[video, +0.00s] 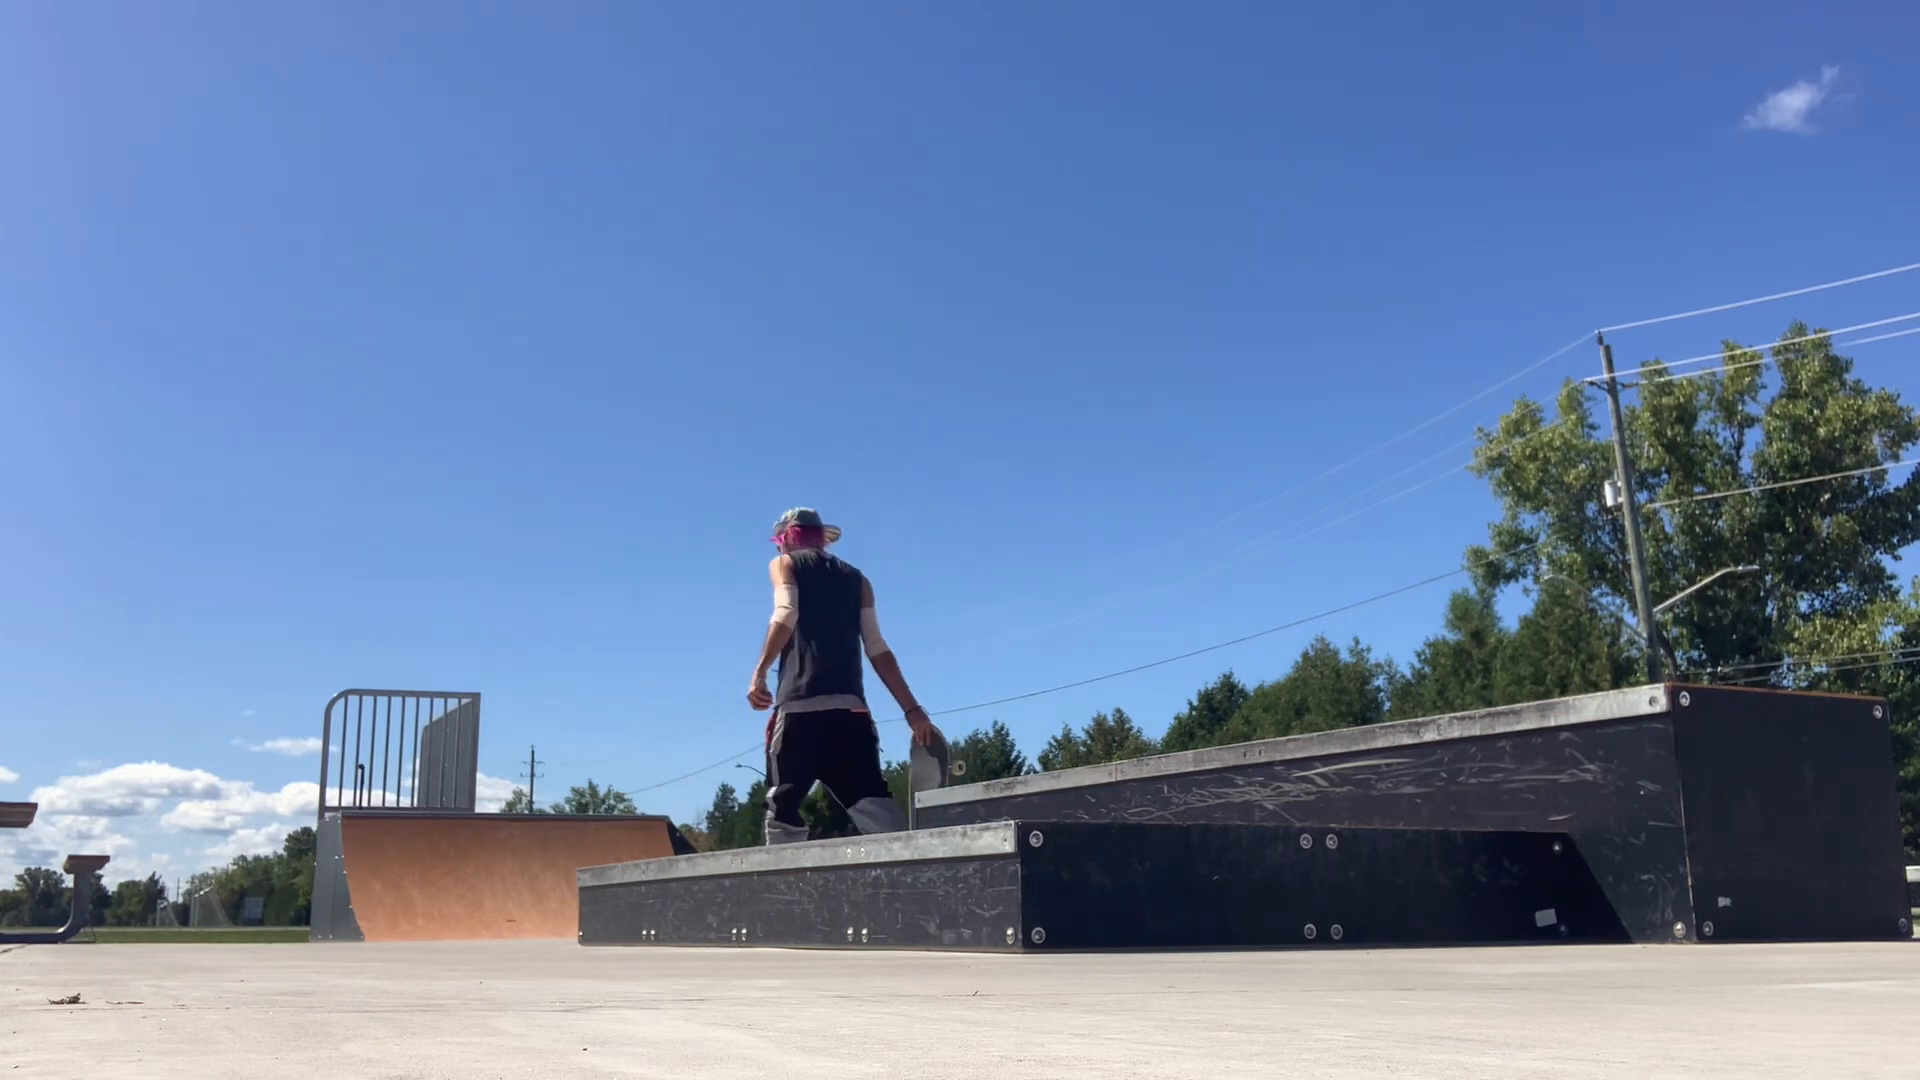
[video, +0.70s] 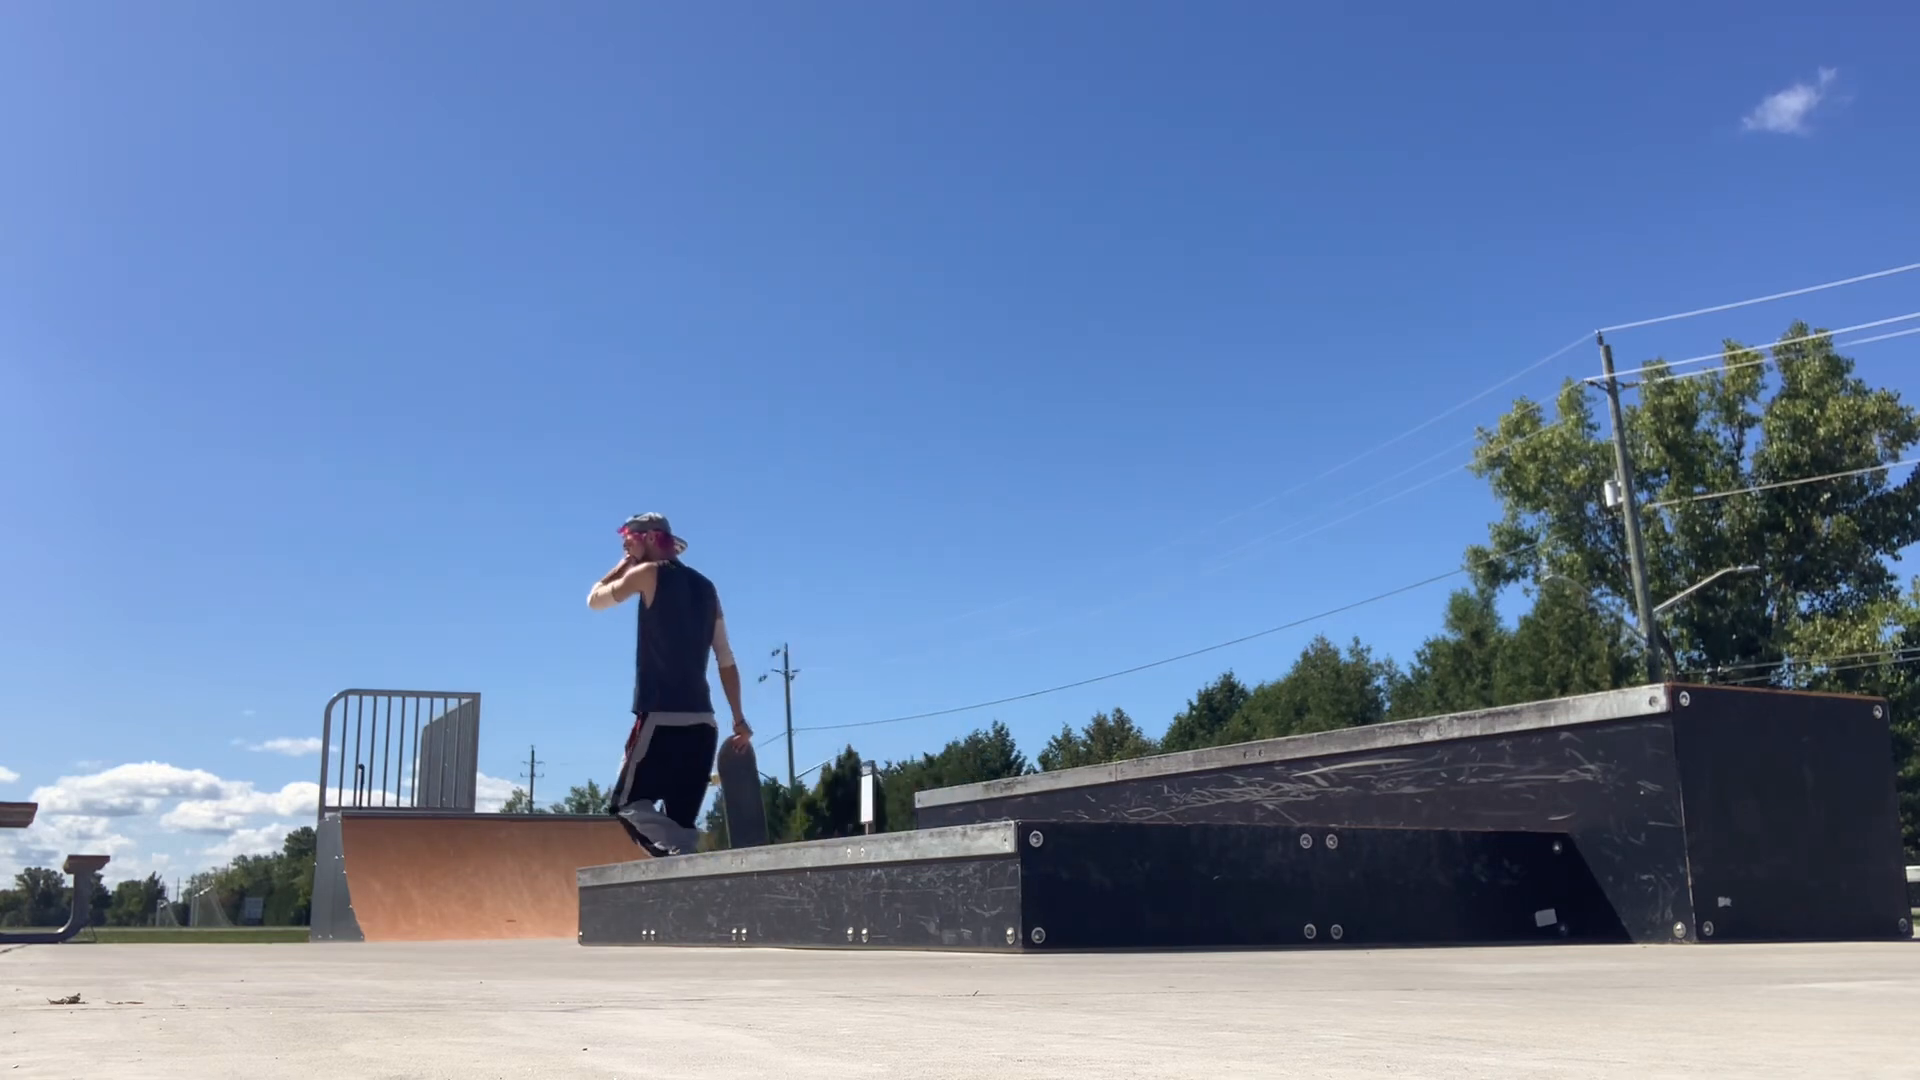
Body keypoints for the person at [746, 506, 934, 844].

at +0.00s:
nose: (778, 548)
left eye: (778, 543)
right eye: (778, 543)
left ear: (787, 539)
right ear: (823, 539)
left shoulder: (783, 563)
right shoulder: (855, 577)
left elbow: (786, 616)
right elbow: (877, 650)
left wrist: (759, 674)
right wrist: (912, 709)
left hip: (796, 720)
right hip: (851, 718)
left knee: (782, 814)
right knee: (875, 810)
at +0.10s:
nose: (754, 542)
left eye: (755, 535)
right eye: (752, 536)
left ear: (767, 532)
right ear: (797, 533)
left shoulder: (763, 561)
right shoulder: (834, 576)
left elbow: (755, 619)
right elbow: (852, 652)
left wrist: (722, 671)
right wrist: (881, 714)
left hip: (779, 712)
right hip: (826, 713)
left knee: (772, 810)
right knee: (826, 798)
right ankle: (879, 858)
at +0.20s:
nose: (733, 540)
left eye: (735, 532)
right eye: (733, 533)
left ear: (750, 527)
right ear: (776, 530)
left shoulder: (746, 558)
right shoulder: (813, 573)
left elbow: (727, 618)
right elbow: (827, 648)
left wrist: (686, 658)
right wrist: (853, 714)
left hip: (763, 707)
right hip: (808, 710)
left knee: (764, 805)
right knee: (796, 794)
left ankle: (784, 892)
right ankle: (829, 871)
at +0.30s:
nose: (710, 541)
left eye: (713, 532)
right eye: (710, 533)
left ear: (731, 529)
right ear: (751, 532)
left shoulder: (726, 563)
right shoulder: (790, 576)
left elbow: (695, 625)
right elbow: (809, 650)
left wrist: (662, 640)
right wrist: (833, 714)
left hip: (749, 706)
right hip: (789, 708)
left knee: (759, 801)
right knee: (746, 796)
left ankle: (776, 886)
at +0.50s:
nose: (664, 555)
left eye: (667, 546)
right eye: (663, 547)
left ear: (685, 543)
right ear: (704, 545)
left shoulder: (685, 577)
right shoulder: (744, 588)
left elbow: (634, 626)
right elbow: (772, 656)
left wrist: (641, 598)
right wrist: (798, 717)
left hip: (708, 716)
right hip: (742, 718)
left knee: (722, 808)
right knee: (708, 810)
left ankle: (766, 879)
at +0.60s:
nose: (645, 551)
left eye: (648, 543)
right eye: (644, 544)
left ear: (668, 542)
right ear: (683, 544)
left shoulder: (665, 576)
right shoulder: (724, 588)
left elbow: (613, 612)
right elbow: (749, 658)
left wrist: (633, 578)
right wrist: (771, 718)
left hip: (683, 718)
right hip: (719, 719)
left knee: (669, 806)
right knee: (700, 813)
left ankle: (721, 852)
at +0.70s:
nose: (627, 552)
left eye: (629, 544)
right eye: (626, 544)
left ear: (649, 539)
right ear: (663, 541)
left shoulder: (647, 573)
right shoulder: (706, 587)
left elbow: (595, 599)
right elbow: (725, 659)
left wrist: (623, 564)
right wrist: (739, 717)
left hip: (661, 723)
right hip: (703, 726)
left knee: (627, 804)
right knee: (681, 824)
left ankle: (678, 851)